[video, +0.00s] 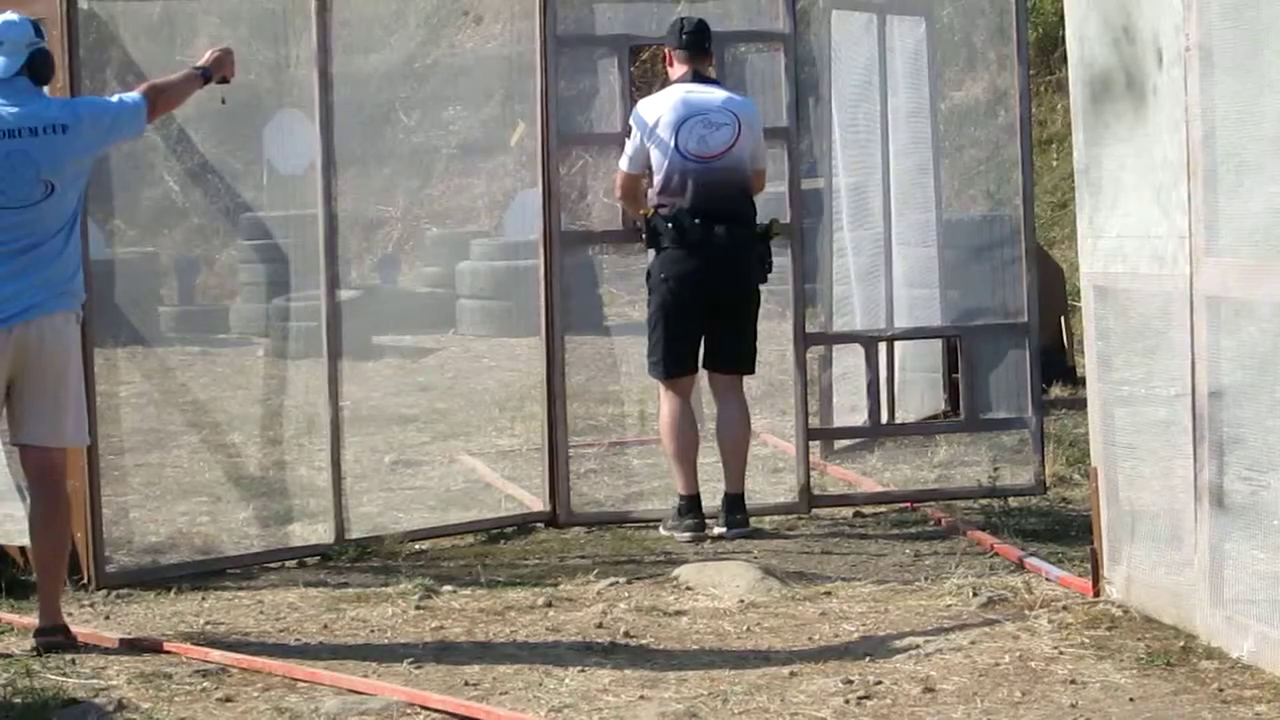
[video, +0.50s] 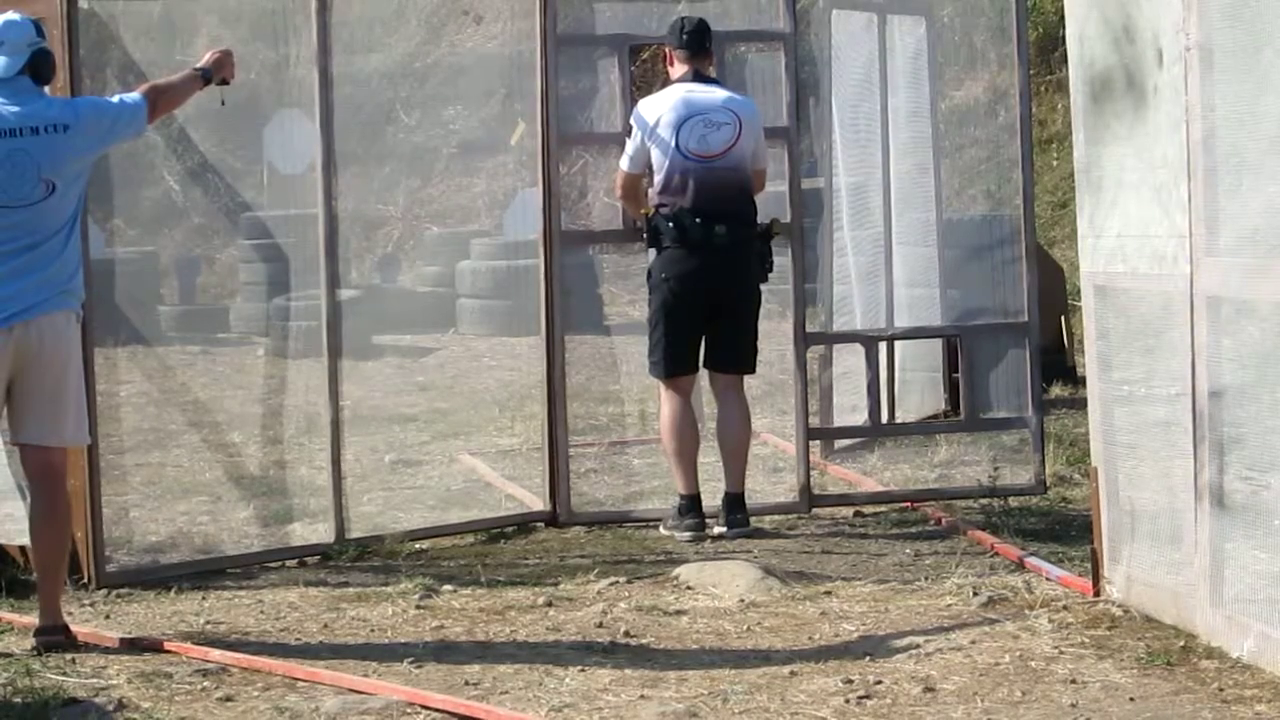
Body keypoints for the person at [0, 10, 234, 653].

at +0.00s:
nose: (49, 68)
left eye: (40, 58)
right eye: (46, 61)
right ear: (39, 65)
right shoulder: (61, 120)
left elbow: (147, 102)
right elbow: (148, 101)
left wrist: (196, 74)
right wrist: (204, 70)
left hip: (18, 315)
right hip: (41, 314)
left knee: (46, 473)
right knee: (46, 473)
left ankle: (48, 617)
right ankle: (50, 621)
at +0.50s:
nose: (51, 68)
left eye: (44, 59)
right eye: (48, 61)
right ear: (41, 65)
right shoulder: (63, 120)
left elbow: (147, 103)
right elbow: (149, 102)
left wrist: (196, 76)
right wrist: (204, 72)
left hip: (16, 315)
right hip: (41, 314)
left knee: (46, 471)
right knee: (47, 470)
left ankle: (49, 617)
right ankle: (50, 620)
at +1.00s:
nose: (52, 71)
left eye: (42, 61)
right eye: (49, 63)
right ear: (44, 68)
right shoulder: (69, 121)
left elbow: (149, 107)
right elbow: (151, 105)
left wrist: (195, 81)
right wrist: (204, 77)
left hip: (11, 316)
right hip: (48, 313)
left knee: (48, 470)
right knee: (50, 470)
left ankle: (47, 614)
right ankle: (50, 618)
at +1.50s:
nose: (26, 85)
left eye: (17, 79)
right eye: (23, 78)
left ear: (6, 86)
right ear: (19, 83)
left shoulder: (33, 133)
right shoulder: (37, 133)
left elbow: (128, 113)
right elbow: (130, 112)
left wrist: (174, 88)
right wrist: (182, 85)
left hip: (24, 328)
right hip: (35, 327)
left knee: (43, 469)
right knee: (44, 469)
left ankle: (54, 611)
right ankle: (55, 612)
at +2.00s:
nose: (41, 69)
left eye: (31, 58)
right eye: (36, 61)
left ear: (2, 74)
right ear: (29, 70)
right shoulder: (63, 125)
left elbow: (144, 103)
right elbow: (146, 101)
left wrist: (184, 72)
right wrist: (192, 66)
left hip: (9, 348)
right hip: (72, 336)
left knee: (6, 508)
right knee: (92, 503)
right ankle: (120, 645)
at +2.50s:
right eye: (106, 48)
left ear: (33, 56)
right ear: (100, 51)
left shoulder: (8, 120)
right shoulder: (138, 108)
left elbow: (6, 227)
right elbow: (213, 89)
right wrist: (248, 62)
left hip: (41, 333)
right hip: (135, 325)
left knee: (38, 489)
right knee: (131, 506)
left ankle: (68, 629)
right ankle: (130, 677)